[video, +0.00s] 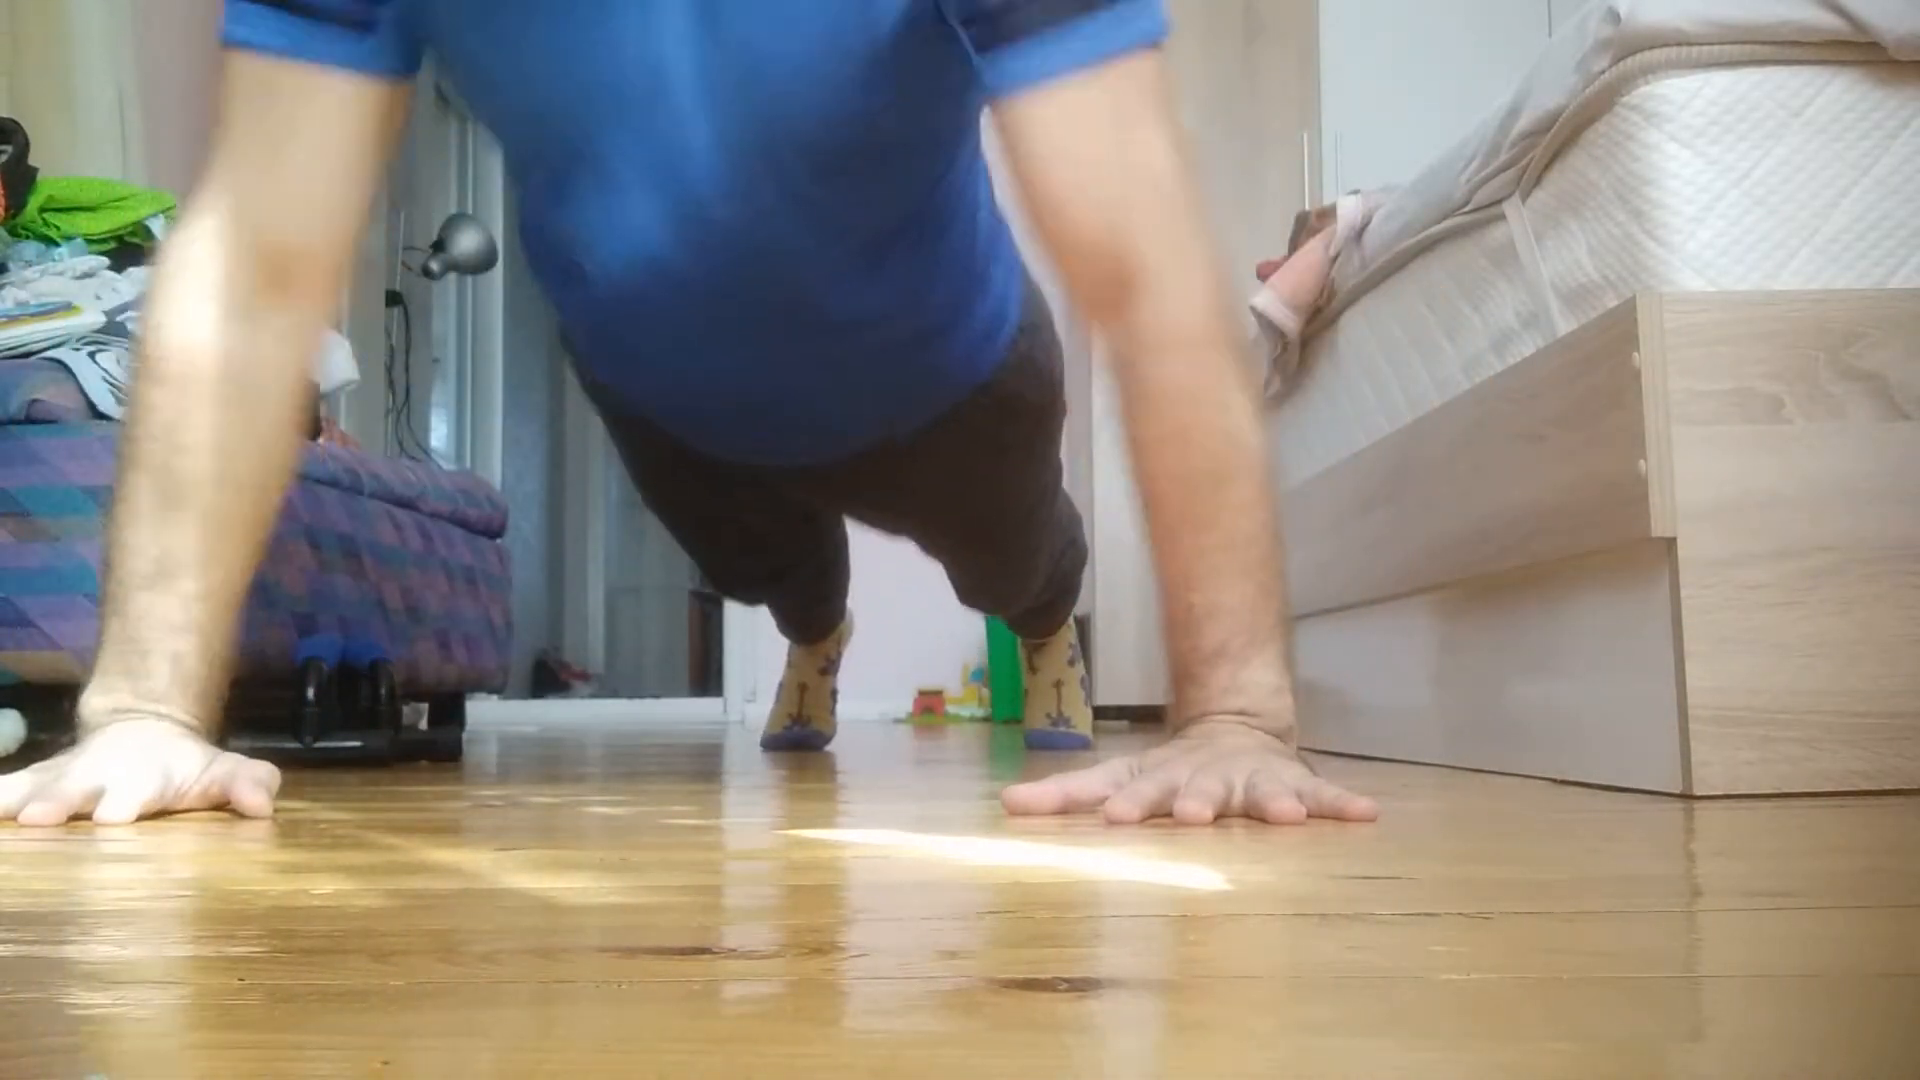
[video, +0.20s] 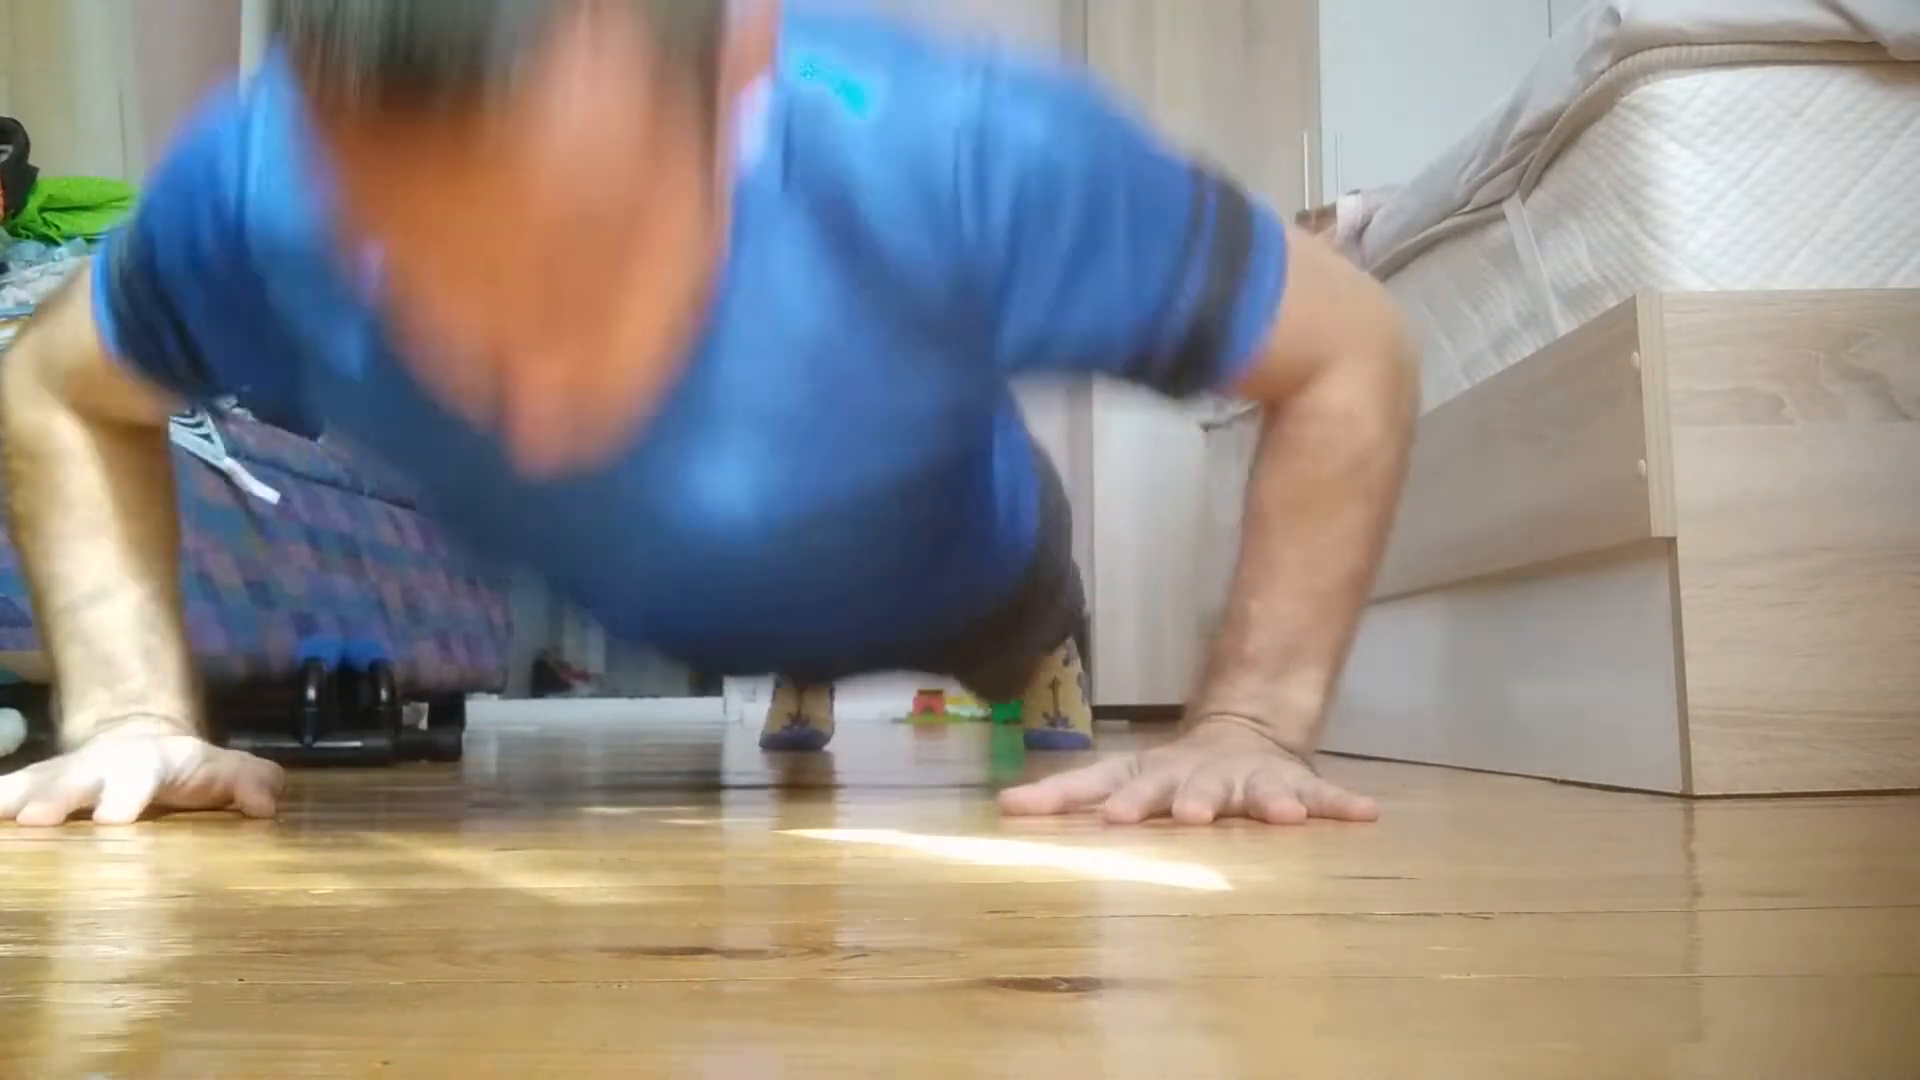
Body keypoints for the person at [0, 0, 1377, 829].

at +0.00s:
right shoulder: (371, 2)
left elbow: (1152, 277)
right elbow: (254, 271)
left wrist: (1240, 705)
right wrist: (148, 710)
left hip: (930, 377)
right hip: (672, 412)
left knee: (1011, 557)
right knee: (775, 563)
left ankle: (1023, 617)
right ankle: (816, 635)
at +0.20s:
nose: (505, 357)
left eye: (570, 270)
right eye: (437, 278)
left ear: (729, 85)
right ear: (337, 170)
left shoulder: (936, 166)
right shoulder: (254, 205)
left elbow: (1349, 350)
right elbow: (72, 395)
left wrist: (1247, 719)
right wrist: (137, 715)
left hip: (959, 591)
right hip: (693, 615)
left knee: (1017, 654)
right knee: (780, 657)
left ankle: (1016, 677)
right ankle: (797, 688)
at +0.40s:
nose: (509, 791)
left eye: (571, 692)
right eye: (419, 714)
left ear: (731, 492)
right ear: (288, 542)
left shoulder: (953, 437)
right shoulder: (246, 410)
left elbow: (1363, 348)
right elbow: (24, 357)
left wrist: (1253, 719)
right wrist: (125, 716)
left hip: (927, 715)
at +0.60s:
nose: (529, 444)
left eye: (590, 358)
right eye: (458, 376)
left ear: (752, 204)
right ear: (354, 268)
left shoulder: (977, 240)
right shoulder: (265, 261)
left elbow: (1402, 356)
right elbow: (22, 389)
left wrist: (1262, 719)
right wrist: (127, 711)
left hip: (958, 546)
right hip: (713, 563)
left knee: (1006, 622)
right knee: (805, 616)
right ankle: (814, 667)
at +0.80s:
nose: (538, 33)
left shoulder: (979, 15)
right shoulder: (339, 35)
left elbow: (1310, 309)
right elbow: (133, 356)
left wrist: (1257, 715)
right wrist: (142, 714)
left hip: (949, 423)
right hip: (706, 466)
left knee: (1011, 570)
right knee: (791, 580)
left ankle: (1021, 620)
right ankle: (822, 646)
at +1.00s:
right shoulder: (381, 2)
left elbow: (1102, 266)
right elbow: (284, 269)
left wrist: (1236, 700)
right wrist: (154, 708)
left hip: (941, 360)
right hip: (683, 378)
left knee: (1013, 549)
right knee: (778, 550)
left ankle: (1015, 622)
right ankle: (817, 642)